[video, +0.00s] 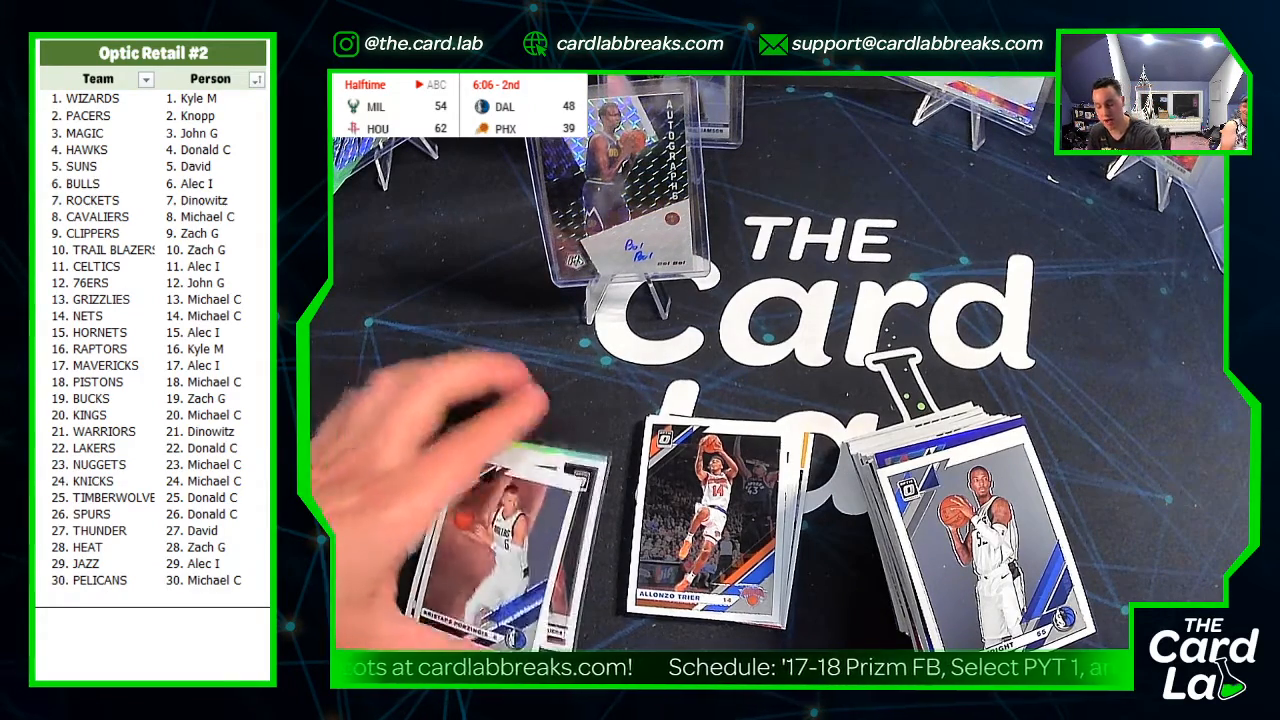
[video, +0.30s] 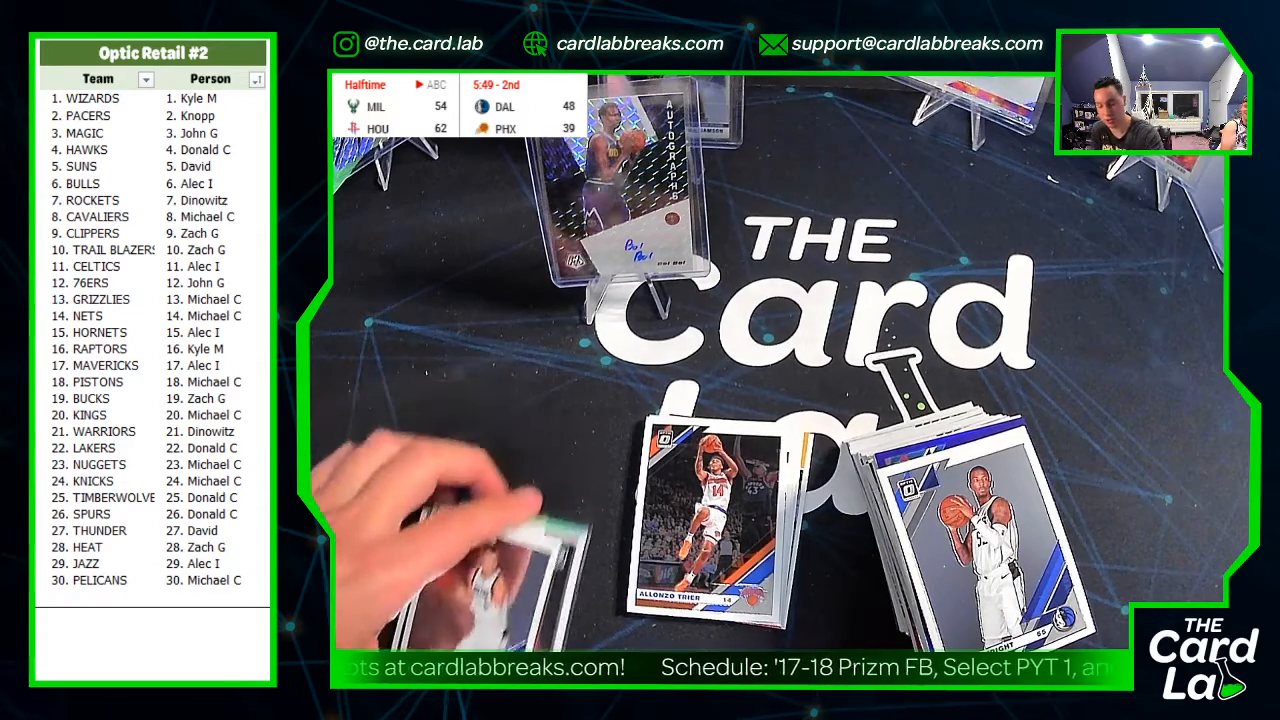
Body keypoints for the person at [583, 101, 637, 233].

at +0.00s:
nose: (617, 118)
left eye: (618, 114)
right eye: (613, 115)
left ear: (620, 117)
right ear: (603, 118)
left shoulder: (616, 141)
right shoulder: (598, 140)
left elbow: (622, 173)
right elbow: (606, 176)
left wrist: (633, 153)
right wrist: (624, 154)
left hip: (613, 189)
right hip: (597, 191)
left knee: (624, 229)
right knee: (599, 234)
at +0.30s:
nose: (617, 118)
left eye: (618, 114)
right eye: (613, 115)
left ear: (620, 116)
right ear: (603, 118)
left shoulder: (615, 141)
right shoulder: (599, 140)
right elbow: (606, 176)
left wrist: (632, 153)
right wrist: (624, 154)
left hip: (611, 190)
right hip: (596, 192)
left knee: (623, 229)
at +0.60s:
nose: (617, 118)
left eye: (618, 114)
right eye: (613, 115)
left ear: (620, 117)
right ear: (603, 118)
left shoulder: (616, 141)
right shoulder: (598, 140)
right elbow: (606, 176)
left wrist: (632, 152)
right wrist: (623, 155)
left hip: (611, 188)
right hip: (596, 190)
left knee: (624, 222)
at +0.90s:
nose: (618, 118)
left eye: (619, 114)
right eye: (613, 115)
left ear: (620, 117)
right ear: (603, 118)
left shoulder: (617, 141)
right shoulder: (598, 140)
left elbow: (619, 178)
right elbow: (606, 175)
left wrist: (632, 155)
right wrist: (624, 154)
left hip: (612, 189)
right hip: (596, 190)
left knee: (625, 227)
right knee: (598, 234)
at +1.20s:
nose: (616, 118)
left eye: (617, 114)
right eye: (611, 115)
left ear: (620, 117)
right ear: (603, 118)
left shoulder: (616, 141)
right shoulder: (598, 140)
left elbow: (621, 176)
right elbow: (607, 176)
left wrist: (633, 154)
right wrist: (624, 153)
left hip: (611, 188)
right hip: (596, 191)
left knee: (623, 228)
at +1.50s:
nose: (615, 119)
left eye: (617, 115)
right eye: (611, 115)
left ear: (620, 118)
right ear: (602, 118)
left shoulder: (616, 141)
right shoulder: (598, 140)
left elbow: (621, 176)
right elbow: (607, 176)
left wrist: (633, 153)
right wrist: (623, 155)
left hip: (612, 187)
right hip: (595, 190)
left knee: (623, 229)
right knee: (595, 236)